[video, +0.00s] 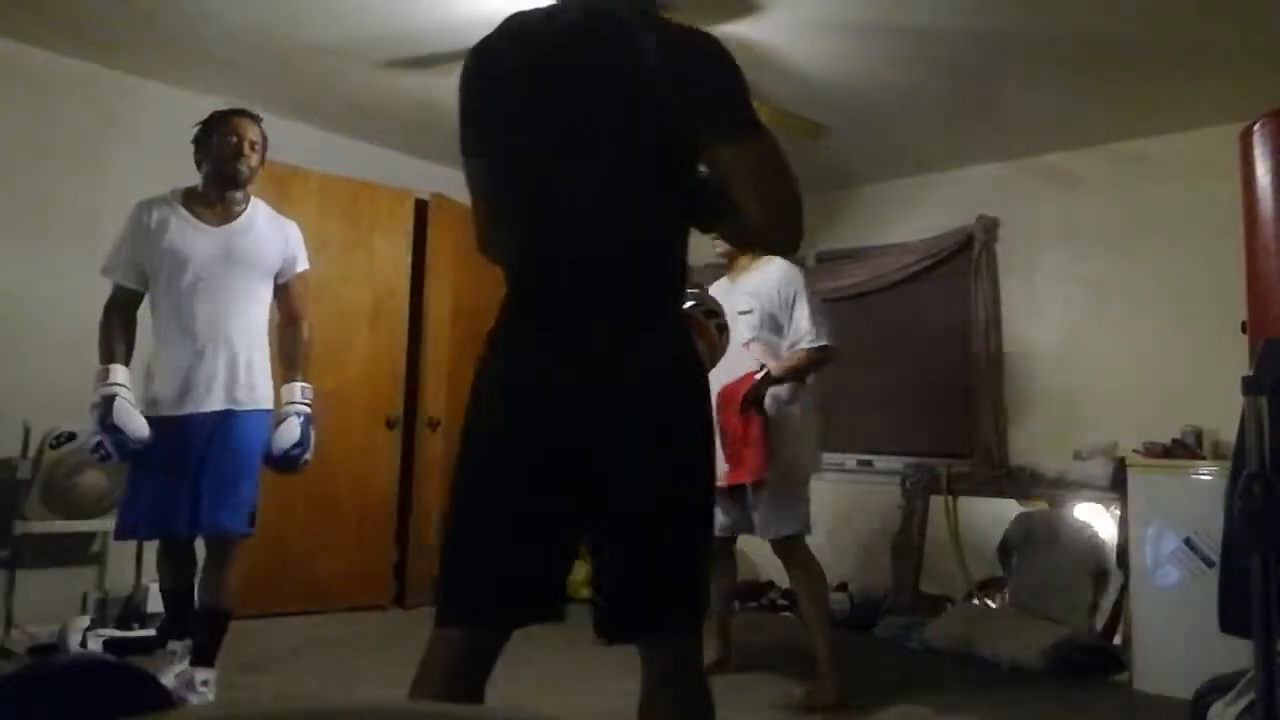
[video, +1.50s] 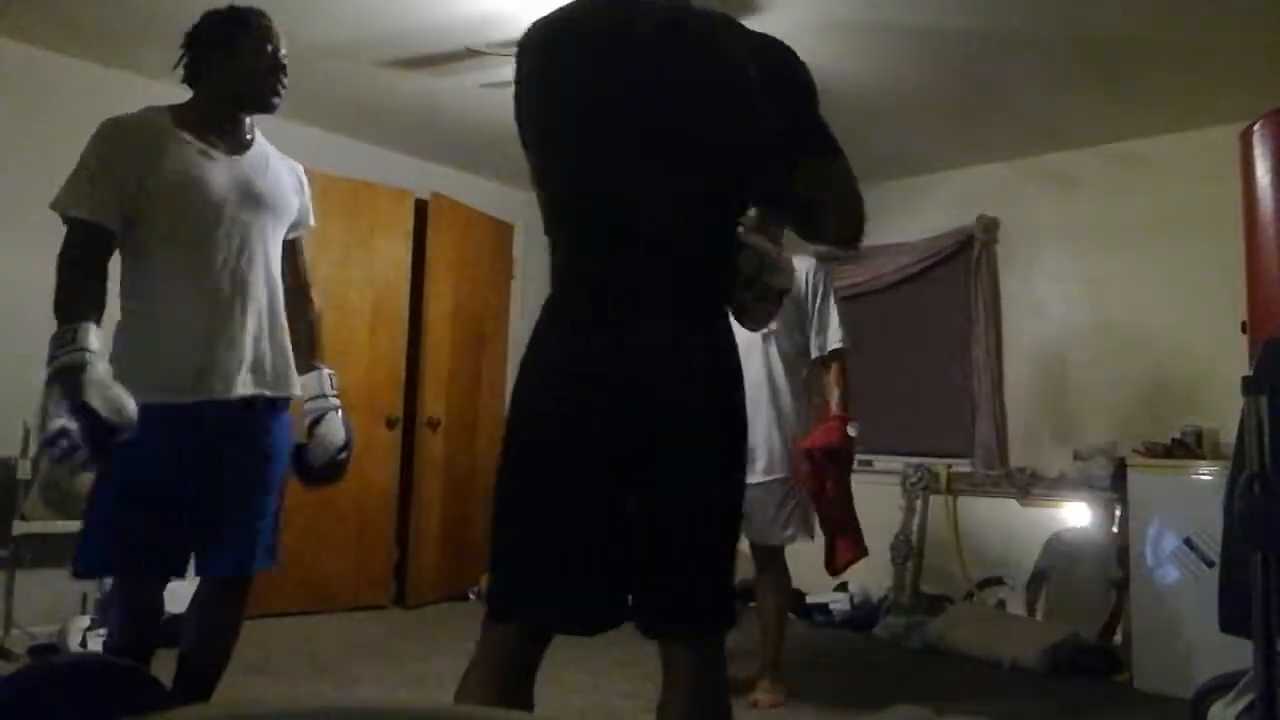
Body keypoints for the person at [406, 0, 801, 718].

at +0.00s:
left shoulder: (491, 56)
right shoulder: (688, 54)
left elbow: (493, 236)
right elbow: (777, 225)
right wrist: (677, 188)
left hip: (527, 360)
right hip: (649, 365)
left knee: (467, 630)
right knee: (670, 647)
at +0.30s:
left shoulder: (557, 59)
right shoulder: (768, 68)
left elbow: (540, 240)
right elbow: (831, 244)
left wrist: (630, 283)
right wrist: (734, 204)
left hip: (583, 357)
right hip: (705, 361)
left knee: (507, 627)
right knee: (696, 645)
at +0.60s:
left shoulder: (597, 64)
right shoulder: (810, 71)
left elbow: (584, 247)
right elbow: (891, 234)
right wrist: (775, 220)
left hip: (610, 358)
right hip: (732, 366)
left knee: (532, 611)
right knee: (709, 638)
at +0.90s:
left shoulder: (608, 67)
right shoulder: (820, 72)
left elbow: (602, 255)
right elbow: (901, 234)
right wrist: (788, 216)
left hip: (617, 357)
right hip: (737, 365)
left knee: (541, 610)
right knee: (714, 644)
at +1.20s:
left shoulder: (596, 59)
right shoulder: (807, 69)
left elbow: (591, 241)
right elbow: (883, 242)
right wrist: (783, 204)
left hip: (609, 353)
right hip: (729, 361)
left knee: (536, 610)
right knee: (712, 645)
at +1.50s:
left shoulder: (548, 41)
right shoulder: (757, 61)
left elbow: (566, 219)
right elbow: (842, 222)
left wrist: (722, 258)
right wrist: (750, 168)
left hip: (568, 359)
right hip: (692, 365)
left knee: (513, 627)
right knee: (691, 642)